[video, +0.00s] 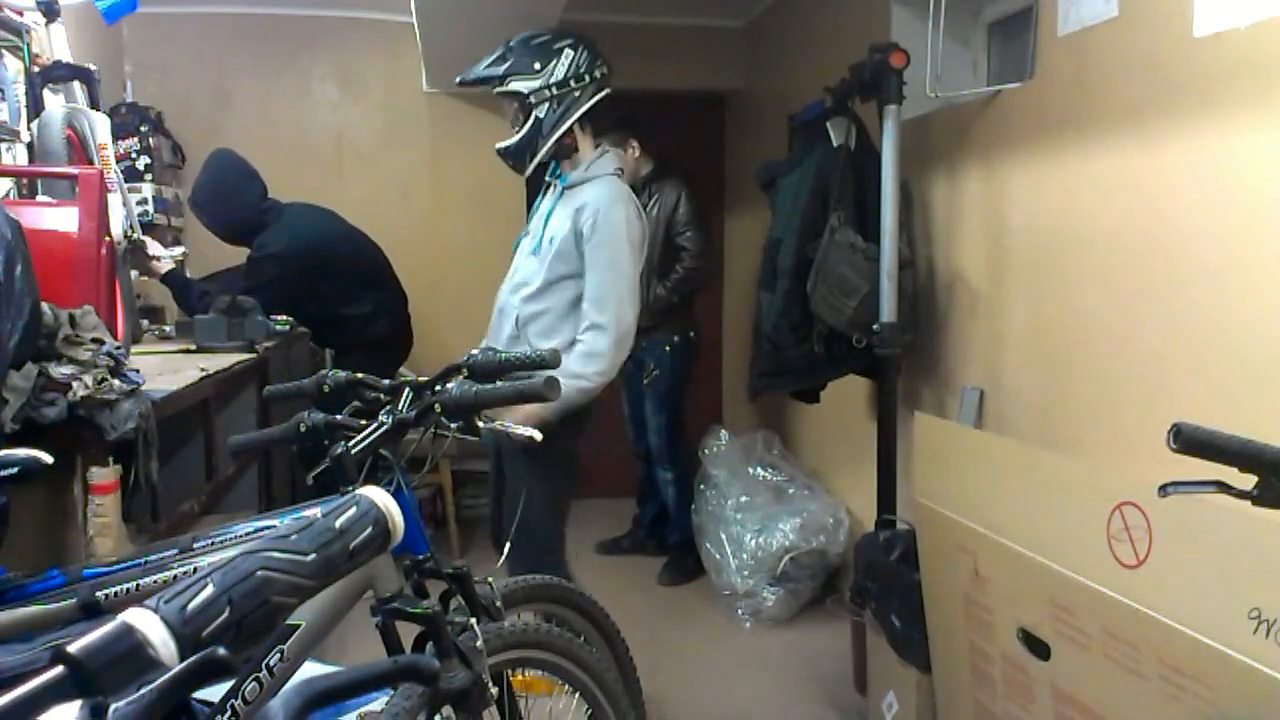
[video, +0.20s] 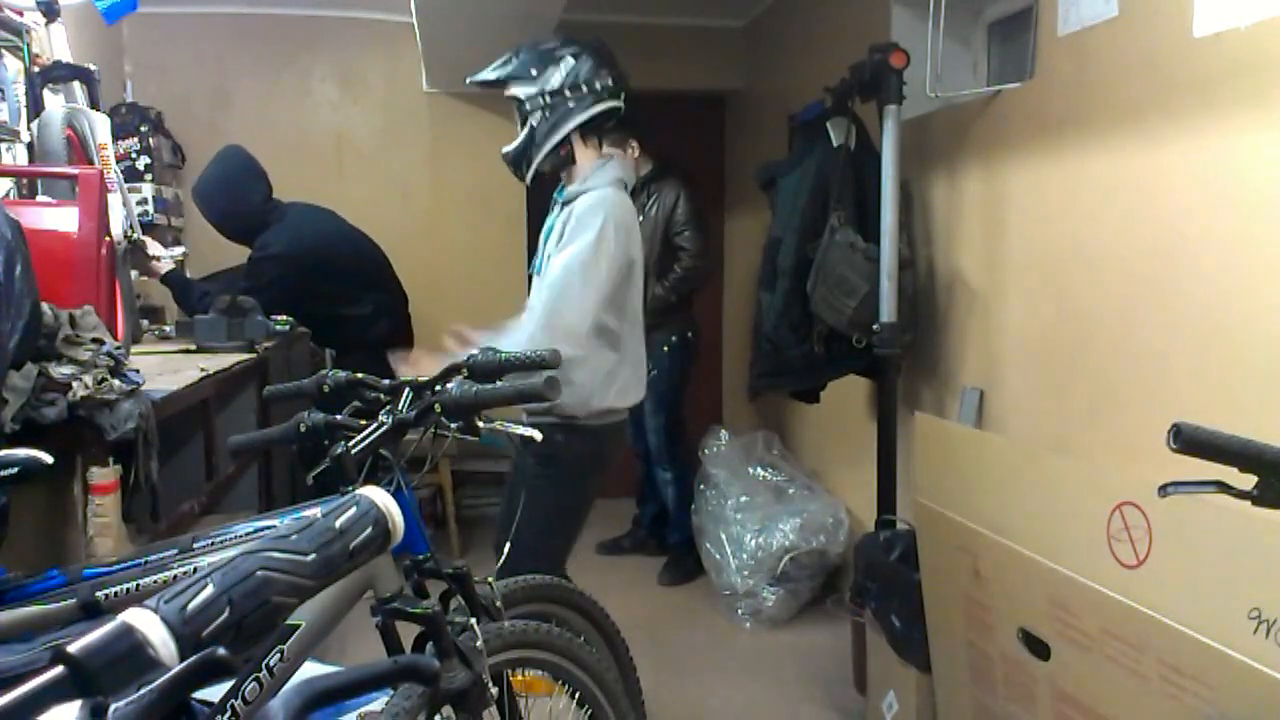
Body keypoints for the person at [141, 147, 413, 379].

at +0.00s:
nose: (213, 230)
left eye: (210, 220)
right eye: (208, 221)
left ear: (225, 216)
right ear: (251, 193)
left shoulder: (276, 253)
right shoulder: (295, 218)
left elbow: (223, 311)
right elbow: (246, 284)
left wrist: (164, 272)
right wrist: (177, 278)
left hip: (370, 348)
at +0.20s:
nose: (218, 226)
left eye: (216, 217)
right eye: (213, 217)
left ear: (230, 213)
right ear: (257, 190)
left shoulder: (277, 254)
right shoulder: (299, 217)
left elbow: (224, 311)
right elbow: (247, 286)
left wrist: (164, 272)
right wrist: (181, 282)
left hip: (369, 361)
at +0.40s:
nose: (217, 226)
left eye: (216, 217)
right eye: (213, 218)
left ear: (229, 214)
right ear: (257, 191)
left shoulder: (275, 253)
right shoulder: (296, 216)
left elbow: (220, 315)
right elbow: (268, 264)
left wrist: (164, 273)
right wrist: (227, 278)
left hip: (372, 350)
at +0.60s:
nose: (214, 224)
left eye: (212, 215)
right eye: (210, 215)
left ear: (228, 211)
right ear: (253, 192)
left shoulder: (274, 250)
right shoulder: (291, 217)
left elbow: (232, 314)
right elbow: (252, 283)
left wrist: (172, 278)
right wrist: (202, 259)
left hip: (375, 353)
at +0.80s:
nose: (214, 223)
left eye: (212, 214)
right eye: (210, 215)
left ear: (229, 210)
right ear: (253, 192)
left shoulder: (272, 250)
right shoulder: (288, 217)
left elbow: (231, 316)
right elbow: (247, 282)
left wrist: (171, 275)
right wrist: (192, 256)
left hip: (379, 350)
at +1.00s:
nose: (214, 221)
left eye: (213, 212)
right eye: (211, 213)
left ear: (228, 210)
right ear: (254, 191)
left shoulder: (272, 251)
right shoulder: (288, 216)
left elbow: (229, 317)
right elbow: (246, 279)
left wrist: (170, 274)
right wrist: (190, 255)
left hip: (377, 349)